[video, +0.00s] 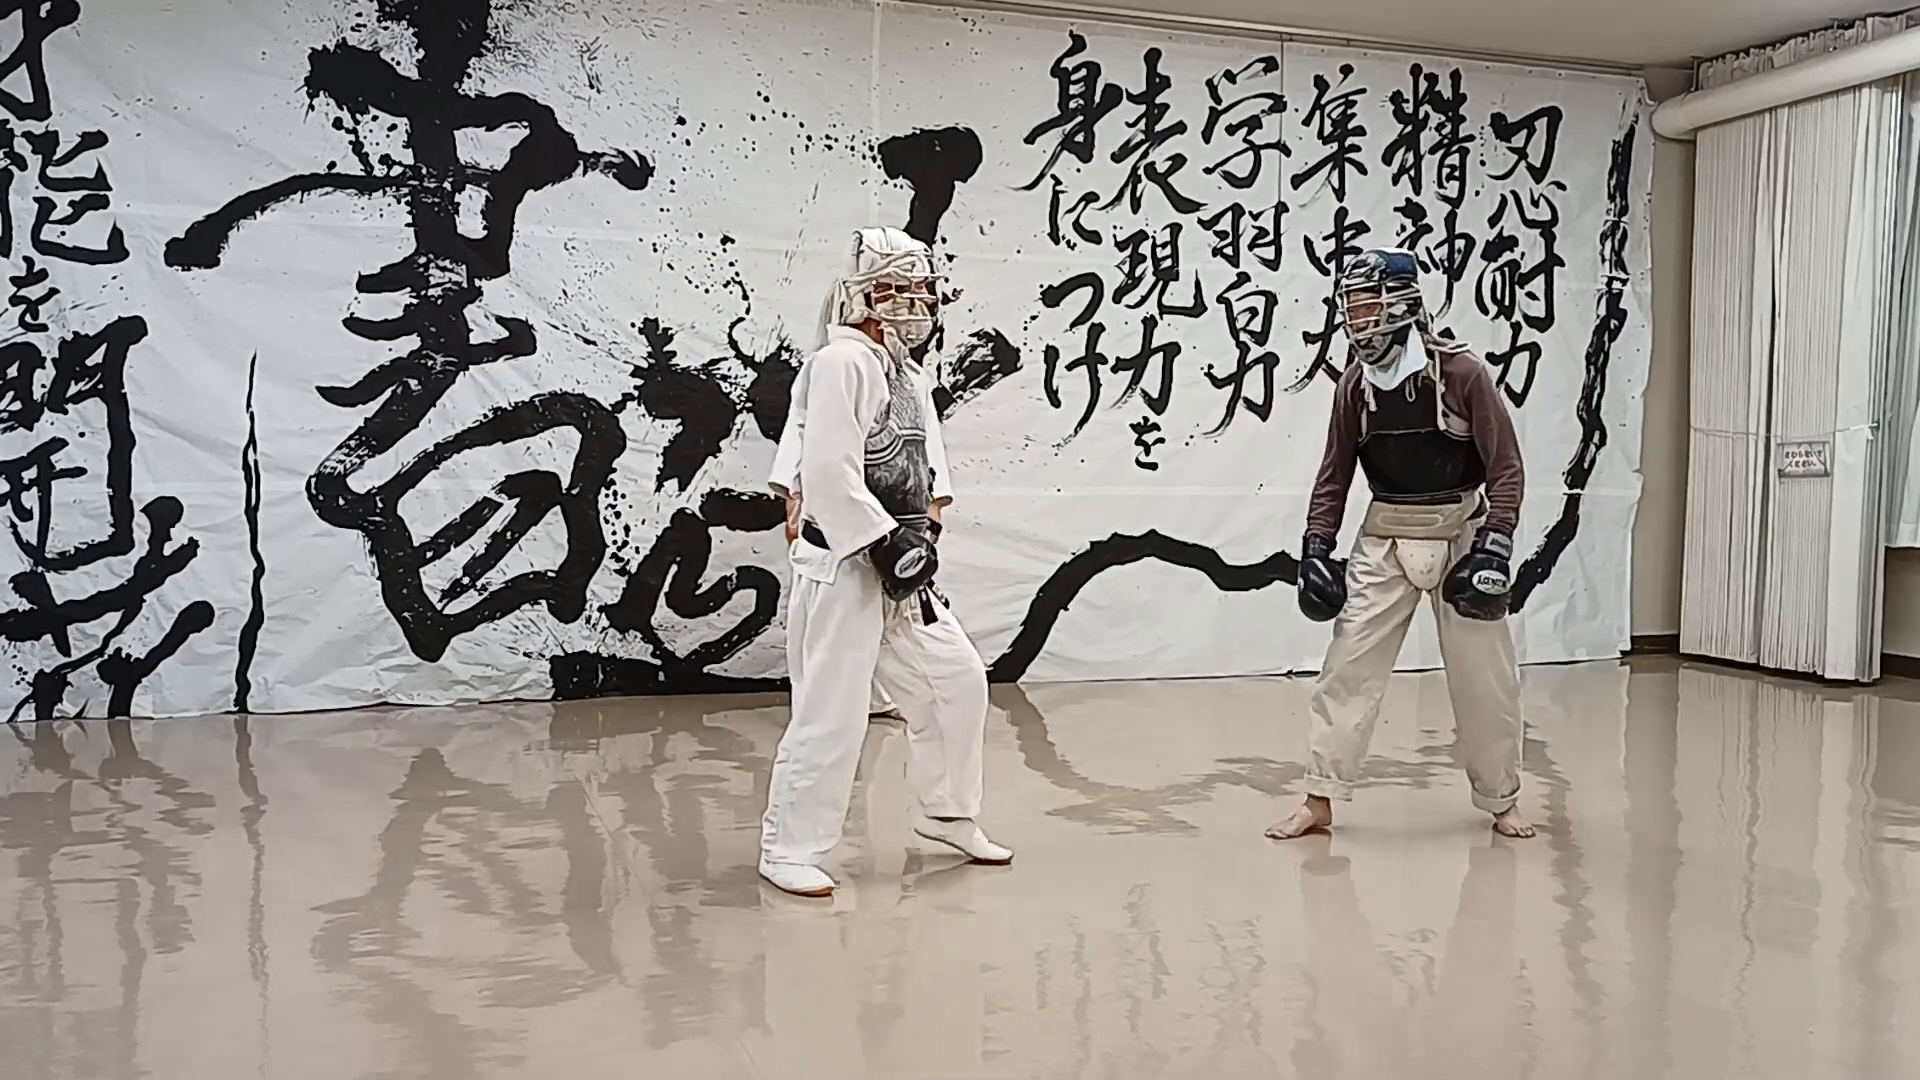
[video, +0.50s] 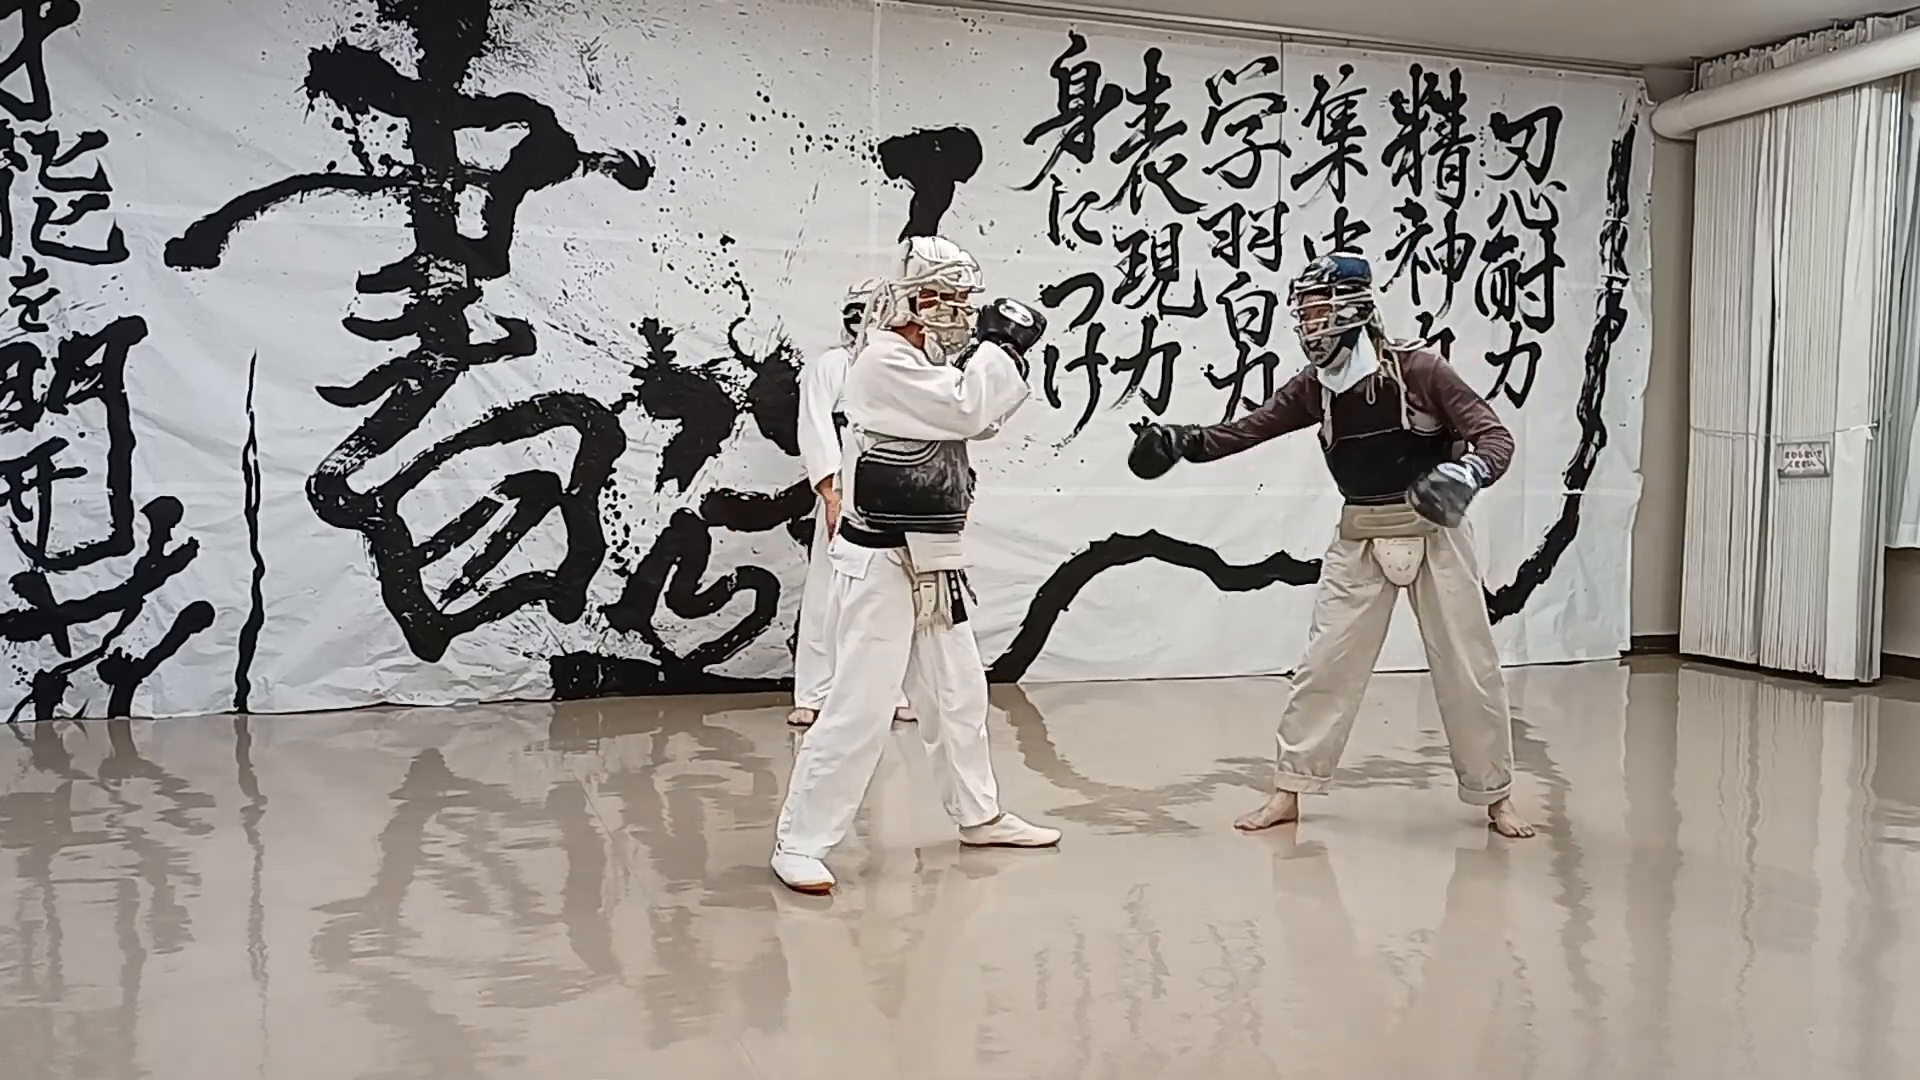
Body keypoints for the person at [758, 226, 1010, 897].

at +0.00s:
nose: (918, 304)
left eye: (922, 292)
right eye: (903, 291)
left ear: (926, 296)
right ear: (868, 295)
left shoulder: (907, 373)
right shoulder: (842, 360)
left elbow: (929, 460)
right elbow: (828, 472)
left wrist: (926, 527)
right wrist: (887, 544)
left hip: (894, 560)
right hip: (838, 563)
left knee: (958, 680)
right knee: (829, 711)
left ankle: (945, 822)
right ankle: (789, 853)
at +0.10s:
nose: (905, 305)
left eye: (914, 294)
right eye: (891, 293)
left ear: (924, 300)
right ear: (860, 296)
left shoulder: (912, 369)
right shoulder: (836, 355)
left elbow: (936, 452)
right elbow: (841, 465)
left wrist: (943, 509)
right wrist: (917, 519)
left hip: (895, 557)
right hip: (837, 560)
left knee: (956, 677)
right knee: (830, 714)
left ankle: (967, 808)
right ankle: (789, 853)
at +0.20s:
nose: (908, 308)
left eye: (916, 296)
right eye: (894, 295)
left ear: (923, 300)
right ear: (864, 296)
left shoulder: (905, 362)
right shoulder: (836, 357)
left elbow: (917, 451)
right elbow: (874, 447)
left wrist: (944, 509)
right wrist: (962, 442)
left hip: (897, 552)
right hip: (841, 559)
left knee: (938, 686)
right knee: (832, 715)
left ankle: (978, 807)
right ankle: (788, 853)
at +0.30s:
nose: (915, 314)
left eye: (923, 303)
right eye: (902, 301)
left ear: (932, 307)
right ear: (871, 301)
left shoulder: (905, 367)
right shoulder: (846, 362)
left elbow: (931, 445)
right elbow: (920, 422)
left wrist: (948, 493)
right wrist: (978, 374)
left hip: (901, 560)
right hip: (853, 563)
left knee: (932, 694)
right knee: (843, 715)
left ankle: (971, 814)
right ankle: (788, 853)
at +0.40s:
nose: (936, 317)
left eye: (942, 306)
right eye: (922, 304)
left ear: (948, 310)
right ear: (890, 305)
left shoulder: (919, 367)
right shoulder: (869, 363)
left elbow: (958, 432)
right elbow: (950, 409)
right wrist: (990, 348)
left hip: (918, 561)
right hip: (867, 565)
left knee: (945, 696)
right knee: (851, 716)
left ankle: (976, 819)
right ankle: (791, 852)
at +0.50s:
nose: (954, 313)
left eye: (961, 301)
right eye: (943, 300)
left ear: (965, 305)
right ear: (910, 299)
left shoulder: (937, 363)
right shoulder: (880, 360)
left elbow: (982, 422)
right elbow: (962, 408)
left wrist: (1009, 358)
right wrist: (1001, 347)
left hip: (934, 555)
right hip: (877, 556)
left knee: (959, 693)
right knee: (858, 707)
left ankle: (979, 818)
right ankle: (799, 847)